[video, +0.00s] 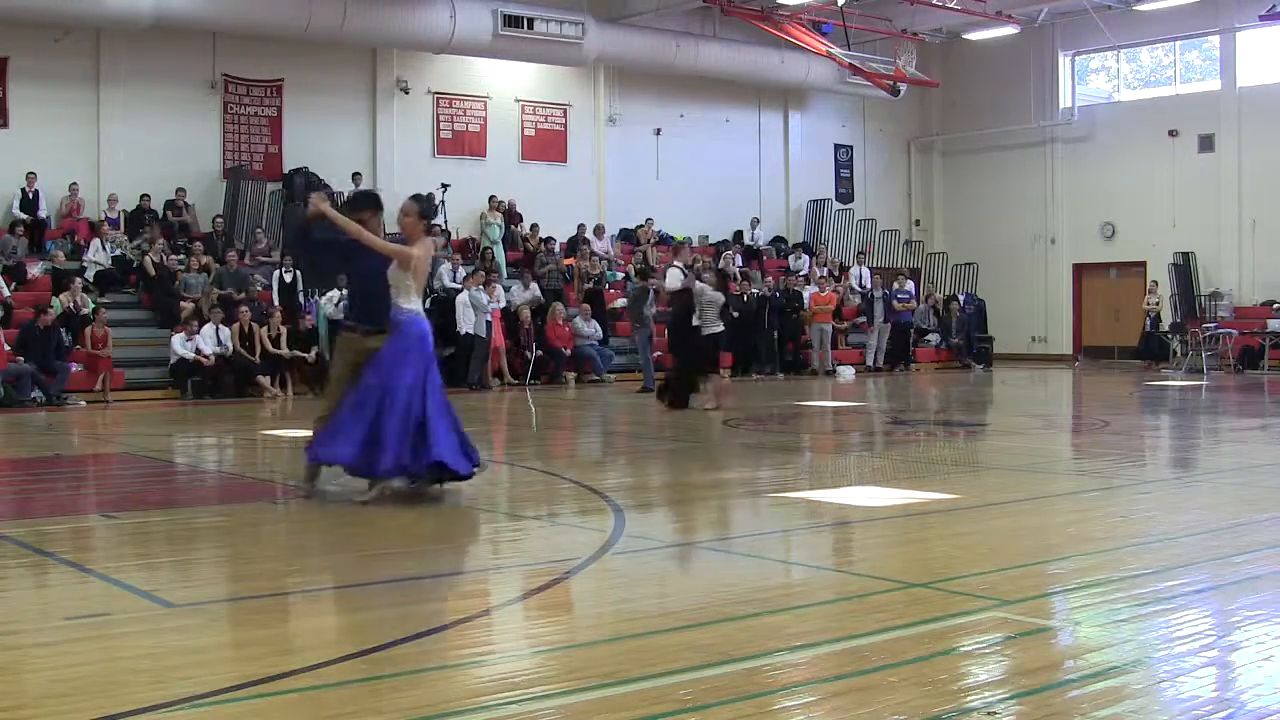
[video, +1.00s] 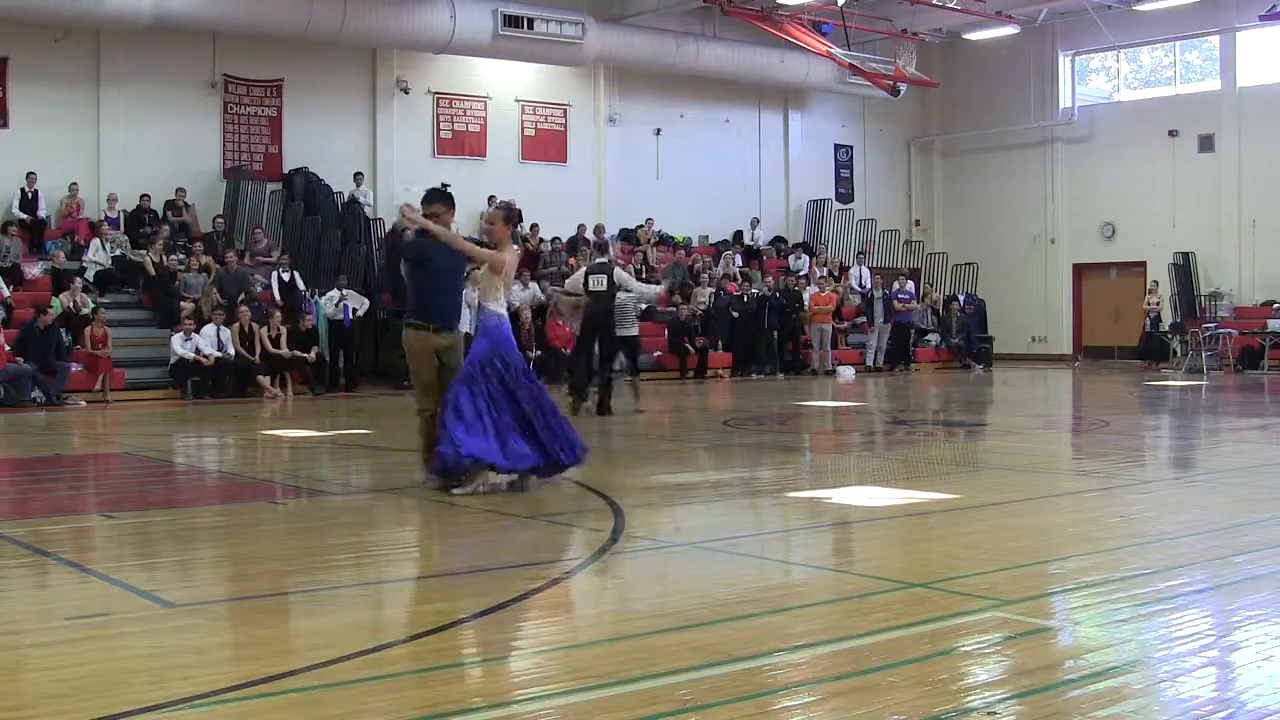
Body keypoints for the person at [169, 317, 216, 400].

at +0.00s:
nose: (196, 329)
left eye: (197, 326)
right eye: (194, 326)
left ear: (198, 327)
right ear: (186, 327)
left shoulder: (197, 338)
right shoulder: (176, 338)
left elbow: (203, 347)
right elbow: (180, 352)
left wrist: (210, 355)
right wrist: (199, 358)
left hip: (192, 363)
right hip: (177, 365)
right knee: (183, 361)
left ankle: (203, 392)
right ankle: (184, 393)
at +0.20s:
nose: (190, 328)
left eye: (192, 326)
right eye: (188, 325)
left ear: (195, 328)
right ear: (183, 327)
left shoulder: (197, 338)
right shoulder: (176, 338)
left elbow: (203, 347)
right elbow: (180, 351)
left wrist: (210, 355)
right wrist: (199, 358)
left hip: (192, 363)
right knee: (183, 361)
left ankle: (203, 392)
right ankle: (184, 393)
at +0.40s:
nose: (189, 327)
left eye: (191, 325)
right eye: (187, 325)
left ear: (195, 327)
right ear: (183, 326)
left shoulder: (196, 337)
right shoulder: (176, 338)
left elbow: (204, 347)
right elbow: (179, 351)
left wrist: (211, 355)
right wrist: (199, 358)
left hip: (192, 363)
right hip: (177, 364)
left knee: (206, 363)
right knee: (183, 361)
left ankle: (201, 391)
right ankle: (184, 392)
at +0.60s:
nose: (189, 327)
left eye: (191, 325)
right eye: (186, 325)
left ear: (195, 327)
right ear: (183, 326)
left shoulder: (196, 337)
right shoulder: (176, 338)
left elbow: (204, 347)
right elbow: (179, 351)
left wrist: (211, 355)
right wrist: (199, 358)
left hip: (192, 363)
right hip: (177, 364)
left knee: (206, 363)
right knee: (183, 361)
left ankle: (202, 391)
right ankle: (184, 392)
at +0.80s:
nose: (188, 327)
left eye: (190, 325)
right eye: (186, 325)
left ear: (194, 326)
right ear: (182, 326)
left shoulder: (196, 337)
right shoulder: (175, 338)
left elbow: (204, 347)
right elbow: (179, 351)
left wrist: (211, 355)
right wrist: (198, 358)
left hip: (192, 363)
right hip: (177, 365)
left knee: (206, 363)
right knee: (183, 361)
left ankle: (202, 392)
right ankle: (184, 393)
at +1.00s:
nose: (188, 327)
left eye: (190, 325)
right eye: (186, 325)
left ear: (194, 326)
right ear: (182, 326)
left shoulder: (196, 337)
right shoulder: (175, 338)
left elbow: (204, 348)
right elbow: (178, 351)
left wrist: (211, 355)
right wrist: (198, 358)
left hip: (192, 363)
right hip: (177, 365)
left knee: (206, 363)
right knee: (183, 361)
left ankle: (202, 392)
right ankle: (184, 392)